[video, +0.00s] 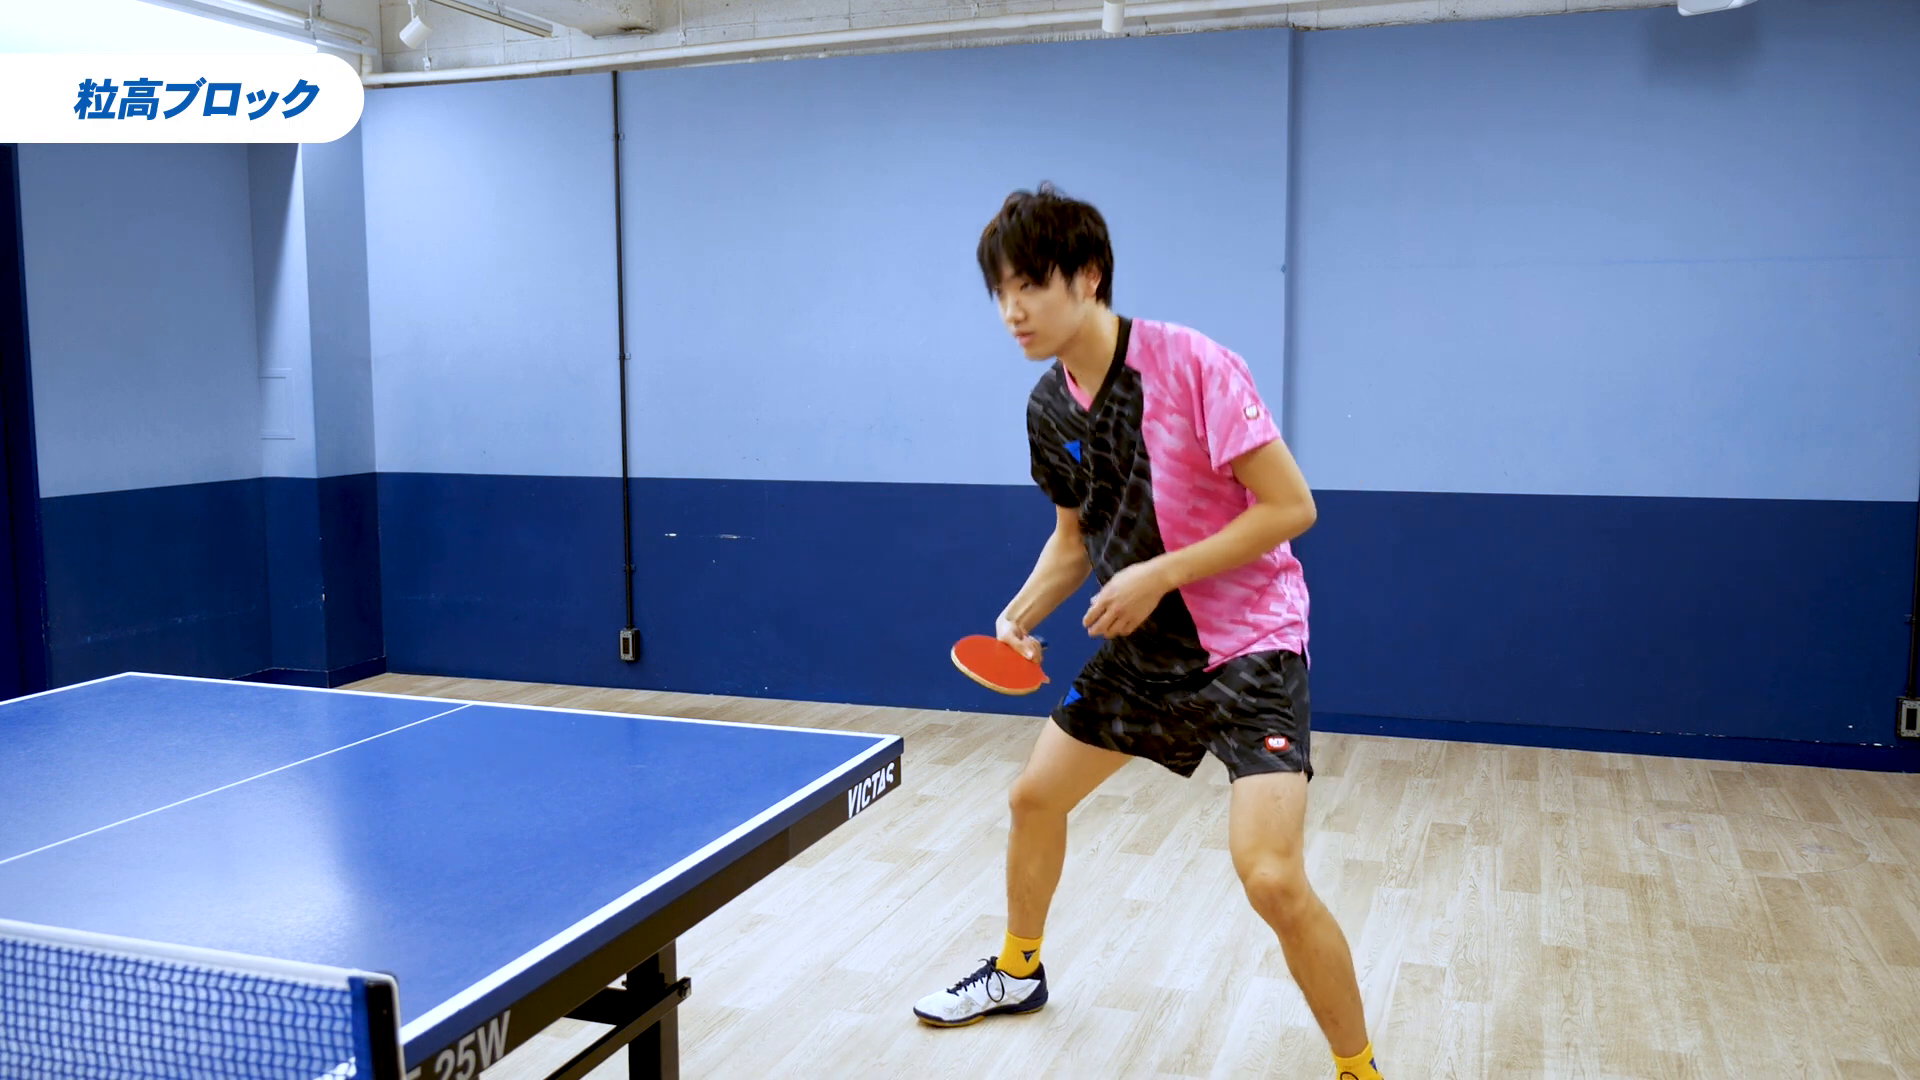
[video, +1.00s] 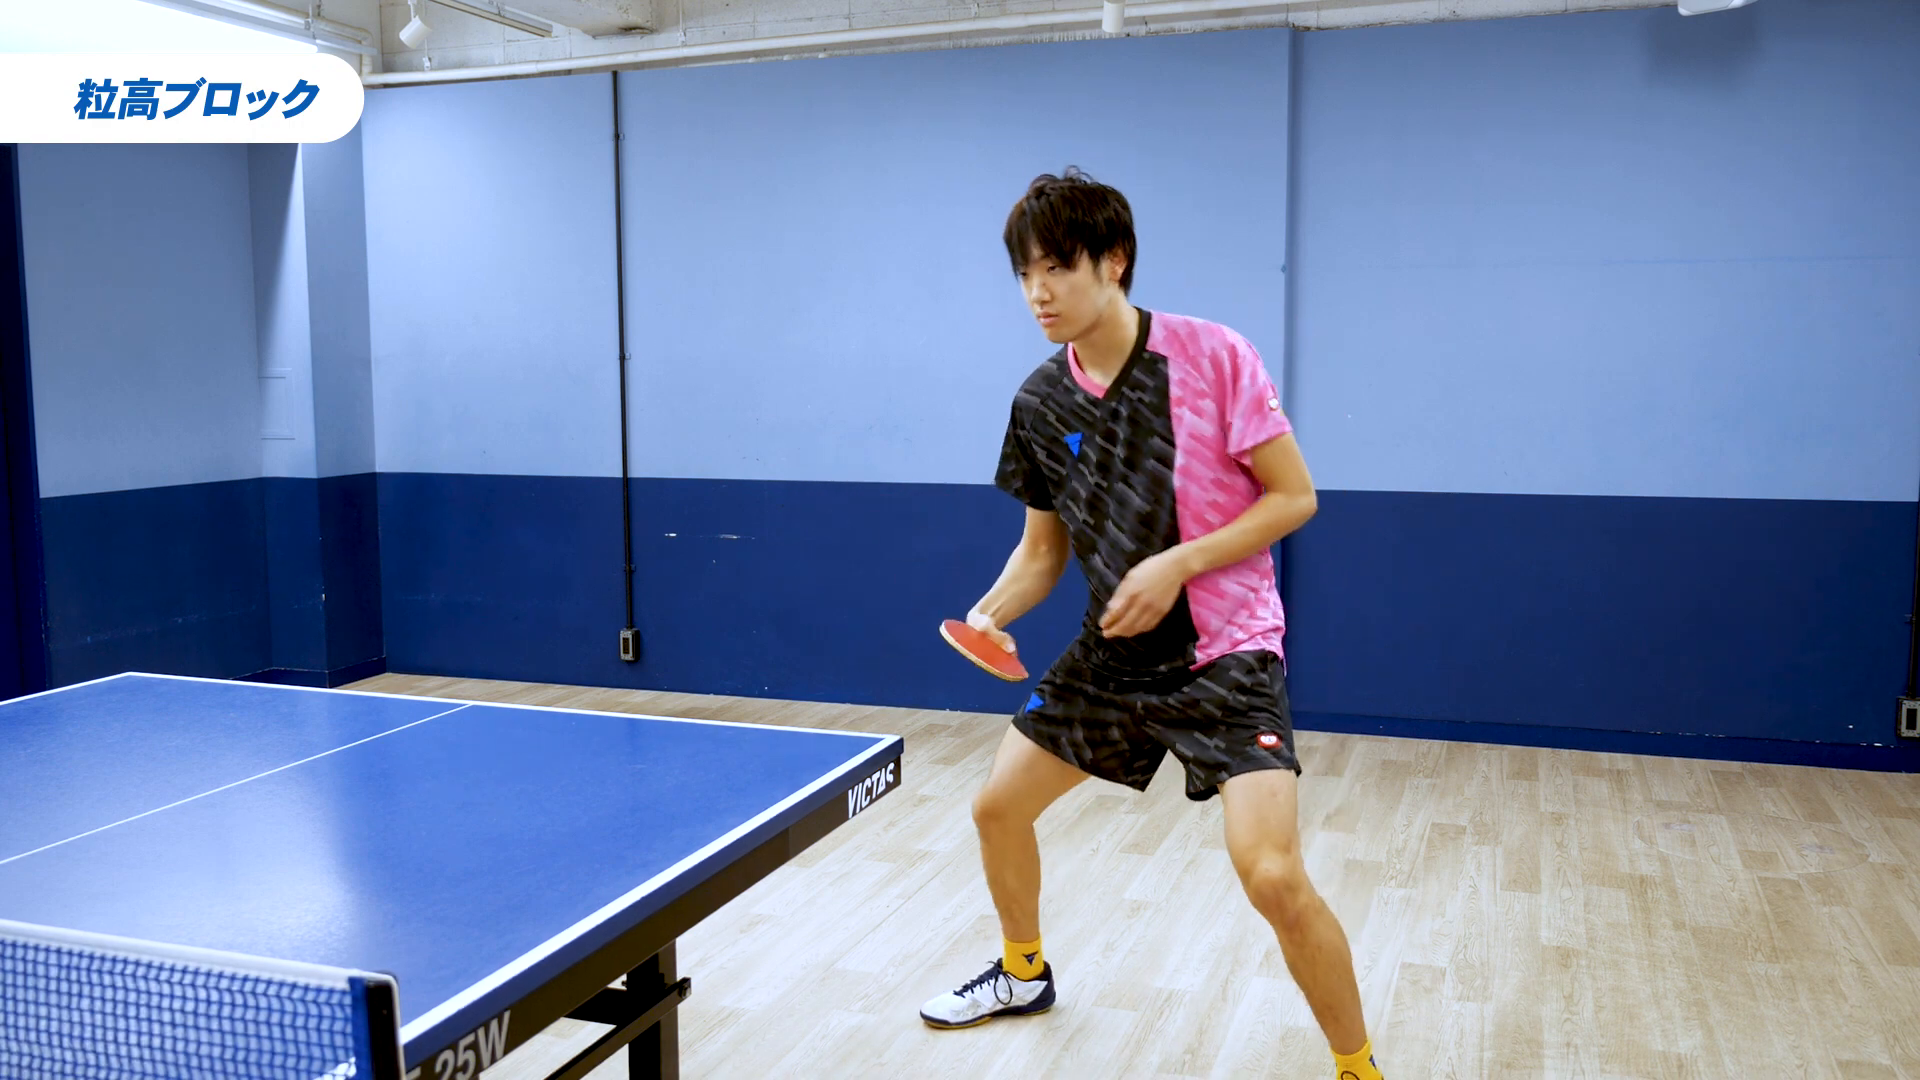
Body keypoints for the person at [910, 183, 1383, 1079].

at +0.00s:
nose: (1012, 310)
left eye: (1029, 284)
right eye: (1001, 292)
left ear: (1088, 277)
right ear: (1002, 300)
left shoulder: (1191, 364)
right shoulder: (1050, 407)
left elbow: (1289, 505)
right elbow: (1075, 539)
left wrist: (1161, 574)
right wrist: (1017, 620)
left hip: (1252, 640)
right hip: (1147, 644)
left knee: (1271, 878)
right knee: (1036, 797)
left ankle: (1359, 1069)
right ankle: (1017, 969)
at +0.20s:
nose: (1006, 387)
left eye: (1017, 362)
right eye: (992, 371)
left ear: (1075, 340)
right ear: (987, 371)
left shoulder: (1195, 405)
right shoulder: (1047, 457)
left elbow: (1302, 535)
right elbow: (1051, 581)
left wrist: (1184, 620)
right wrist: (998, 626)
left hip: (1261, 660)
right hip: (1154, 662)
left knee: (1274, 892)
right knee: (1014, 811)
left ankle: (1358, 1069)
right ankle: (1017, 972)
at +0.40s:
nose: (1021, 378)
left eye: (1033, 351)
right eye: (1005, 360)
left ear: (1087, 326)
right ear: (997, 359)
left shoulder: (1210, 367)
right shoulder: (1042, 451)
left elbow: (1318, 486)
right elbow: (1027, 602)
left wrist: (1225, 579)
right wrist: (972, 583)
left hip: (1268, 636)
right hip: (1152, 644)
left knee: (1298, 867)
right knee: (1031, 807)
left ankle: (1363, 1068)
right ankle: (1017, 971)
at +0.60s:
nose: (1058, 291)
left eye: (1074, 266)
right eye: (1042, 274)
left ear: (1130, 249)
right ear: (1032, 279)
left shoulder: (1246, 309)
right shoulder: (1054, 397)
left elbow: (1339, 433)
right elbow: (1015, 541)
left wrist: (1252, 516)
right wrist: (966, 592)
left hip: (1274, 608)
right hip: (1157, 611)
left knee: (1314, 851)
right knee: (1058, 787)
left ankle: (1364, 1066)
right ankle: (1013, 958)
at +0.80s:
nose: (1073, 280)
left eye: (1091, 256)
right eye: (1060, 261)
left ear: (1148, 250)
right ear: (1053, 266)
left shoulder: (1253, 342)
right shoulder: (1056, 392)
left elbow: (1338, 478)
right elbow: (1025, 540)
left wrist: (1239, 545)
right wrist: (977, 594)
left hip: (1249, 635)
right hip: (1132, 634)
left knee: (1296, 874)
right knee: (1018, 812)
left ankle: (1360, 1068)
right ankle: (1024, 971)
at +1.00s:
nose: (1039, 290)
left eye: (1057, 265)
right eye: (1026, 272)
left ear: (1113, 261)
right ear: (1020, 283)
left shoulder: (1212, 354)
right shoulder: (1042, 401)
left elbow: (1294, 496)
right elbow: (1042, 548)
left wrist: (1179, 562)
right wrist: (991, 613)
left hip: (1229, 650)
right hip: (1115, 650)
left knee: (1273, 877)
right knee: (999, 809)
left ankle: (1358, 1068)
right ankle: (1022, 972)